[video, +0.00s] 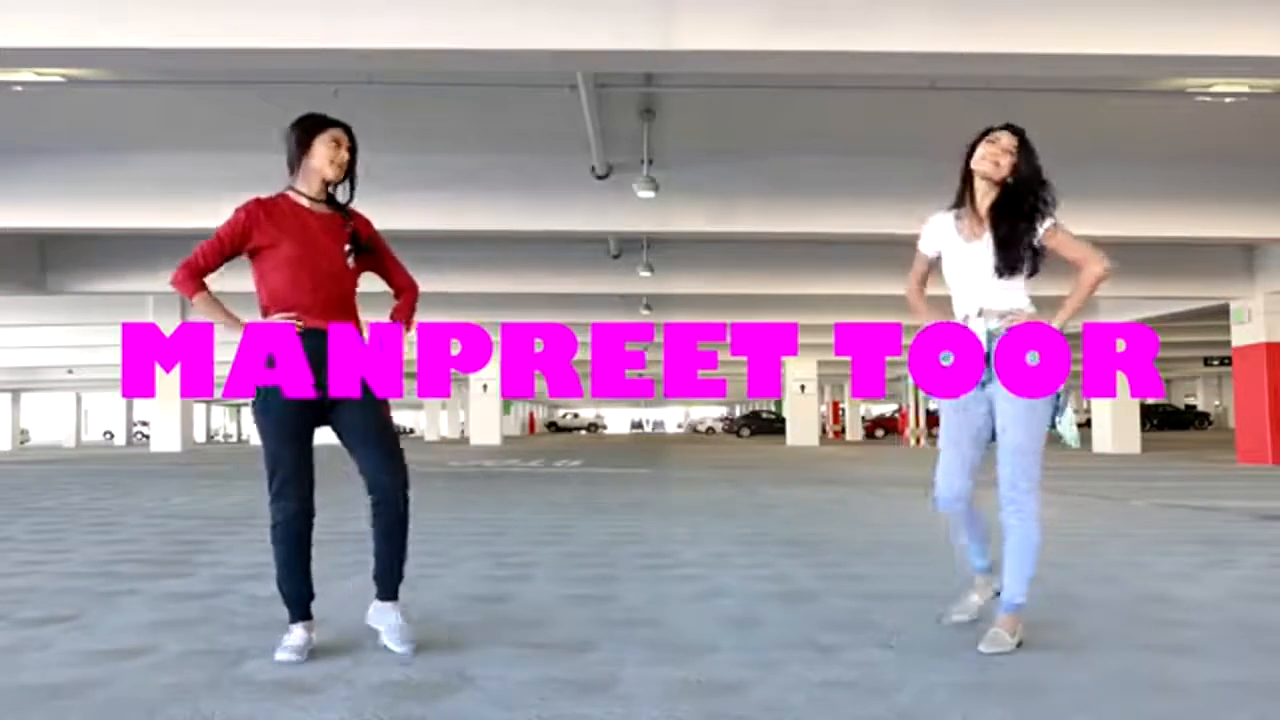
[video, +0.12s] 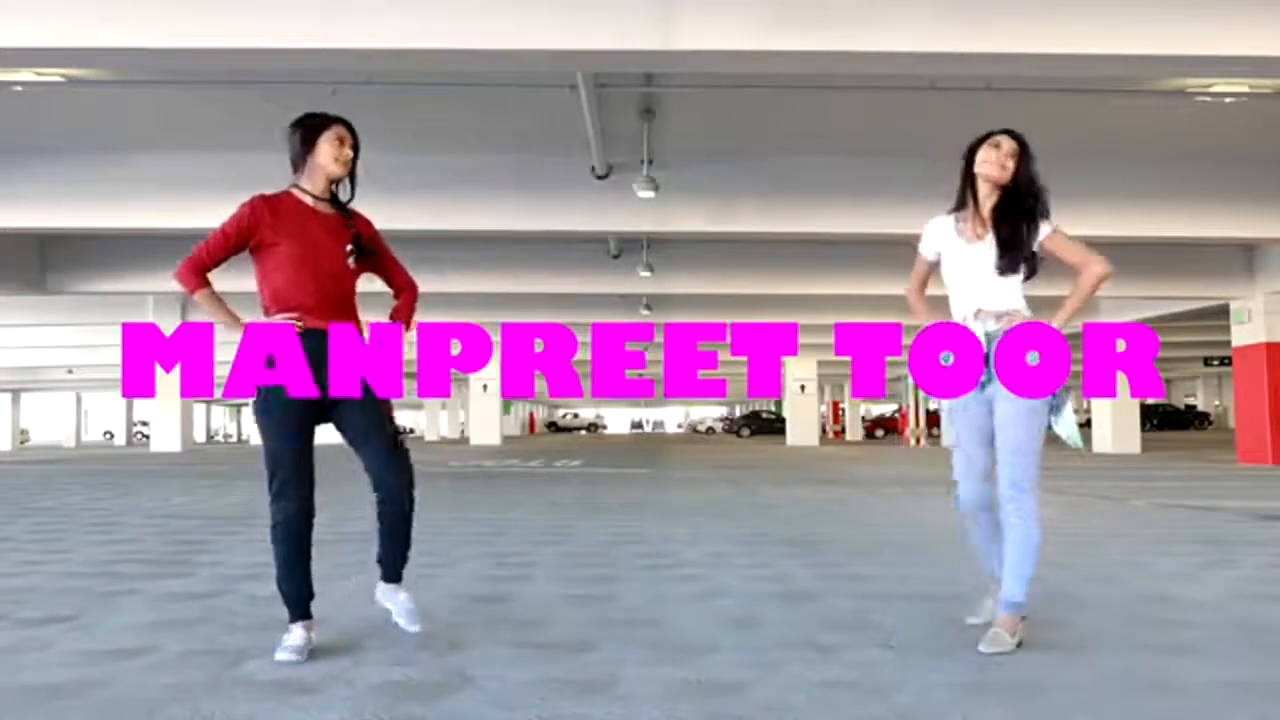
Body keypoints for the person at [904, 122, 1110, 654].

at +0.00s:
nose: (997, 153)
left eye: (1010, 151)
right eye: (991, 143)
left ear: (1017, 172)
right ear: (970, 156)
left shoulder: (1026, 223)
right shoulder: (941, 227)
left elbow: (1095, 266)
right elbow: (914, 289)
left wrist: (1056, 325)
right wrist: (936, 333)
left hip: (1021, 359)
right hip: (963, 363)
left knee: (1016, 490)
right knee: (950, 490)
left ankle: (1012, 613)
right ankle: (984, 575)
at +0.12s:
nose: (999, 158)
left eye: (1010, 155)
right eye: (992, 148)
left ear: (1018, 174)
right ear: (972, 160)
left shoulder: (1025, 225)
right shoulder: (941, 229)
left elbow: (1096, 268)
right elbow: (914, 292)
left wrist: (1054, 327)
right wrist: (935, 337)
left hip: (1019, 359)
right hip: (962, 363)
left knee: (1016, 486)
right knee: (971, 489)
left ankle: (1011, 612)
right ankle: (999, 585)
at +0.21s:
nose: (1000, 163)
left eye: (1009, 159)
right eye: (991, 153)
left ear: (1016, 175)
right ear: (970, 163)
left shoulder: (1023, 230)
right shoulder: (940, 232)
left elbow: (1094, 273)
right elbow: (913, 292)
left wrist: (1053, 328)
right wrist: (935, 336)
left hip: (1019, 360)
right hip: (962, 365)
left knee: (1014, 487)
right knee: (981, 489)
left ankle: (1012, 611)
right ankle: (1004, 590)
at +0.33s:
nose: (991, 164)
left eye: (1000, 159)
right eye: (981, 156)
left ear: (1009, 176)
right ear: (962, 172)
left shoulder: (1022, 233)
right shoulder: (941, 237)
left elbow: (1094, 274)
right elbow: (912, 294)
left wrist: (1059, 325)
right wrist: (938, 336)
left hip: (1019, 362)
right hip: (964, 366)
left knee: (1014, 490)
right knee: (987, 491)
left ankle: (1011, 612)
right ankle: (1006, 594)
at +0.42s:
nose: (978, 170)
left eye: (987, 162)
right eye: (968, 163)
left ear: (1001, 175)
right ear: (954, 178)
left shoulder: (1022, 233)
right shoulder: (943, 240)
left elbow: (1092, 281)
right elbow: (915, 296)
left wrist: (1062, 329)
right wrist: (939, 334)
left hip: (1020, 367)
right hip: (965, 370)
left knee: (1014, 490)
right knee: (987, 491)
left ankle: (1012, 612)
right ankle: (1005, 594)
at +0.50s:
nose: (969, 172)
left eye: (978, 164)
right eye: (959, 167)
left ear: (994, 177)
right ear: (949, 184)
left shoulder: (1021, 234)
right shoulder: (944, 244)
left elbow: (1093, 284)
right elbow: (917, 296)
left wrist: (1063, 331)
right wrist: (939, 331)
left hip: (1020, 369)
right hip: (965, 373)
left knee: (1012, 488)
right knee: (985, 490)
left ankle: (1011, 608)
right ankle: (1006, 592)